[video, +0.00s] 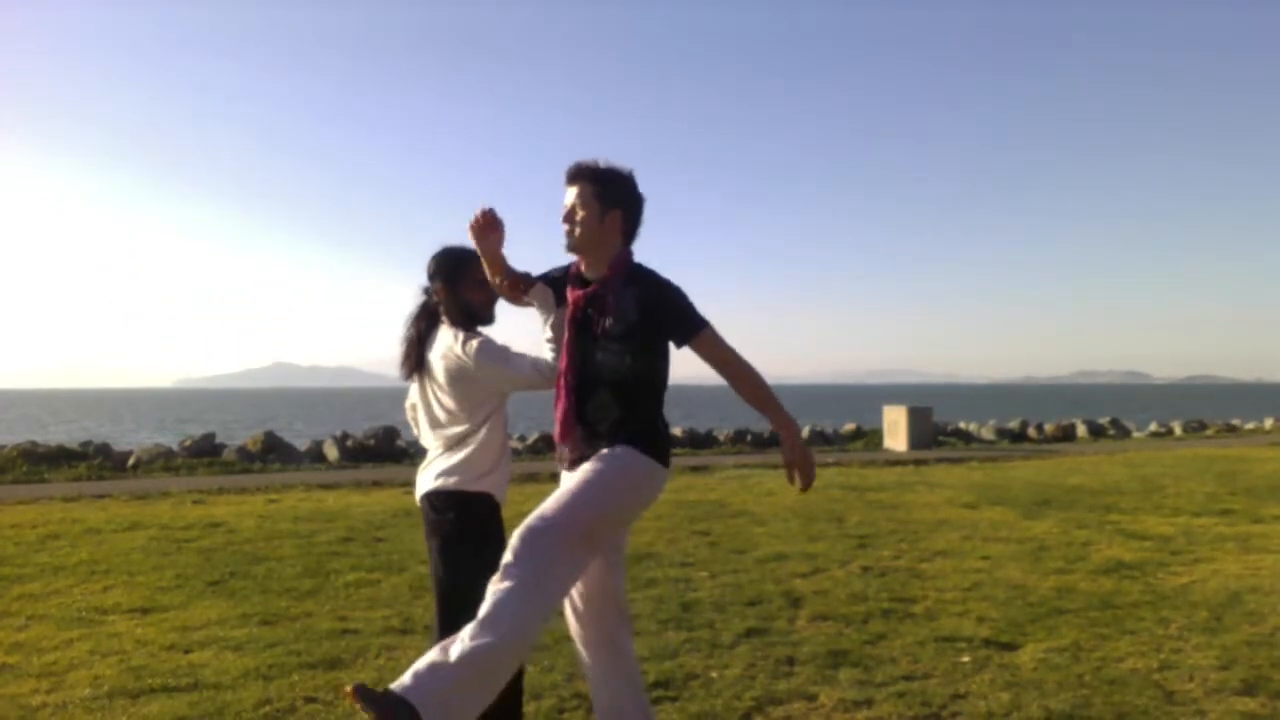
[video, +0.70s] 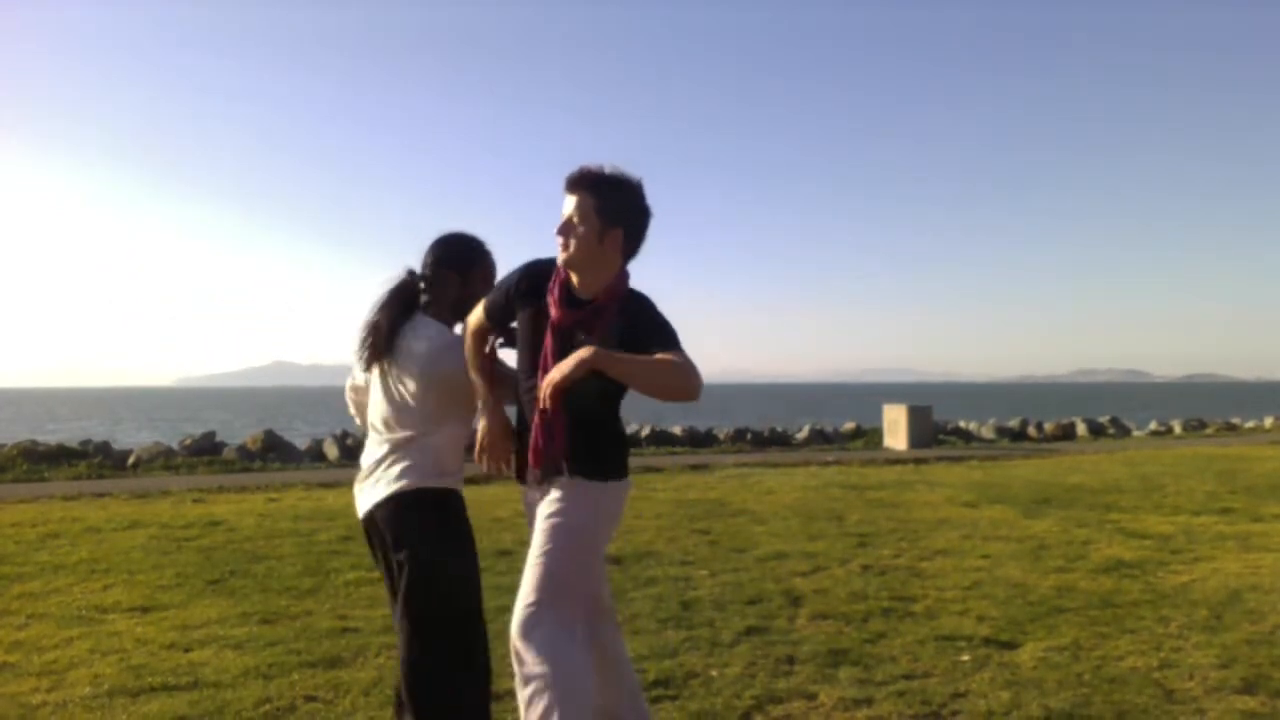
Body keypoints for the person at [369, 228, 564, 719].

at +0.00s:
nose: (492, 287)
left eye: (489, 278)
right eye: (480, 280)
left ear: (443, 294)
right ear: (447, 291)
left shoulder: (432, 344)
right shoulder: (474, 349)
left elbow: (413, 409)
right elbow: (550, 371)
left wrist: (448, 451)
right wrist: (552, 310)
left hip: (438, 490)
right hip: (467, 496)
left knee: (458, 616)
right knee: (482, 616)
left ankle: (455, 702)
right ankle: (489, 708)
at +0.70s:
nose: (487, 300)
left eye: (488, 289)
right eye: (483, 287)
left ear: (434, 280)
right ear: (453, 281)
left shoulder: (387, 332)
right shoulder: (450, 346)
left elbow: (356, 393)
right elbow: (517, 385)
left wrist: (389, 437)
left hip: (377, 499)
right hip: (424, 499)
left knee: (424, 640)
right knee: (448, 639)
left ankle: (419, 709)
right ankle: (449, 712)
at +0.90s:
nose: (494, 303)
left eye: (495, 292)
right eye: (492, 291)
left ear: (439, 283)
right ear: (472, 291)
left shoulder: (378, 331)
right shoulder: (476, 361)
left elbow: (320, 381)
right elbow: (508, 435)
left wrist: (316, 413)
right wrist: (492, 456)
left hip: (358, 511)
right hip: (425, 507)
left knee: (381, 616)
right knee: (457, 641)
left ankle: (369, 710)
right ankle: (444, 715)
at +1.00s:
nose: (501, 304)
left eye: (502, 294)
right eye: (497, 293)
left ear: (438, 288)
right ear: (478, 296)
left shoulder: (381, 331)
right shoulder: (478, 362)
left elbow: (314, 375)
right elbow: (523, 424)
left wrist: (280, 412)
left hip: (355, 517)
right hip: (427, 515)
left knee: (357, 644)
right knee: (455, 651)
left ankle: (348, 714)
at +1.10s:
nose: (492, 309)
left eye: (493, 297)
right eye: (489, 297)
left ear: (435, 289)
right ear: (474, 297)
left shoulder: (376, 335)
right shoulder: (483, 358)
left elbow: (298, 376)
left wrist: (246, 416)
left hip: (349, 523)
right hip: (428, 522)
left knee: (334, 667)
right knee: (454, 664)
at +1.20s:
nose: (477, 302)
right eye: (475, 294)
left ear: (422, 289)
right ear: (470, 297)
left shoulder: (378, 337)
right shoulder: (482, 353)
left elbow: (292, 378)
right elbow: (512, 430)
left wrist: (217, 420)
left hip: (352, 525)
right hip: (434, 524)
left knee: (321, 672)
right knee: (452, 652)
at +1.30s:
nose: (392, 303)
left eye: (394, 295)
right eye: (392, 297)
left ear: (405, 293)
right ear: (456, 293)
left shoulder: (381, 336)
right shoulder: (479, 347)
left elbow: (294, 381)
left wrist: (209, 426)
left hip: (364, 515)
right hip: (444, 516)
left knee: (326, 660)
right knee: (445, 643)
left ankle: (318, 710)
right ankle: (442, 715)